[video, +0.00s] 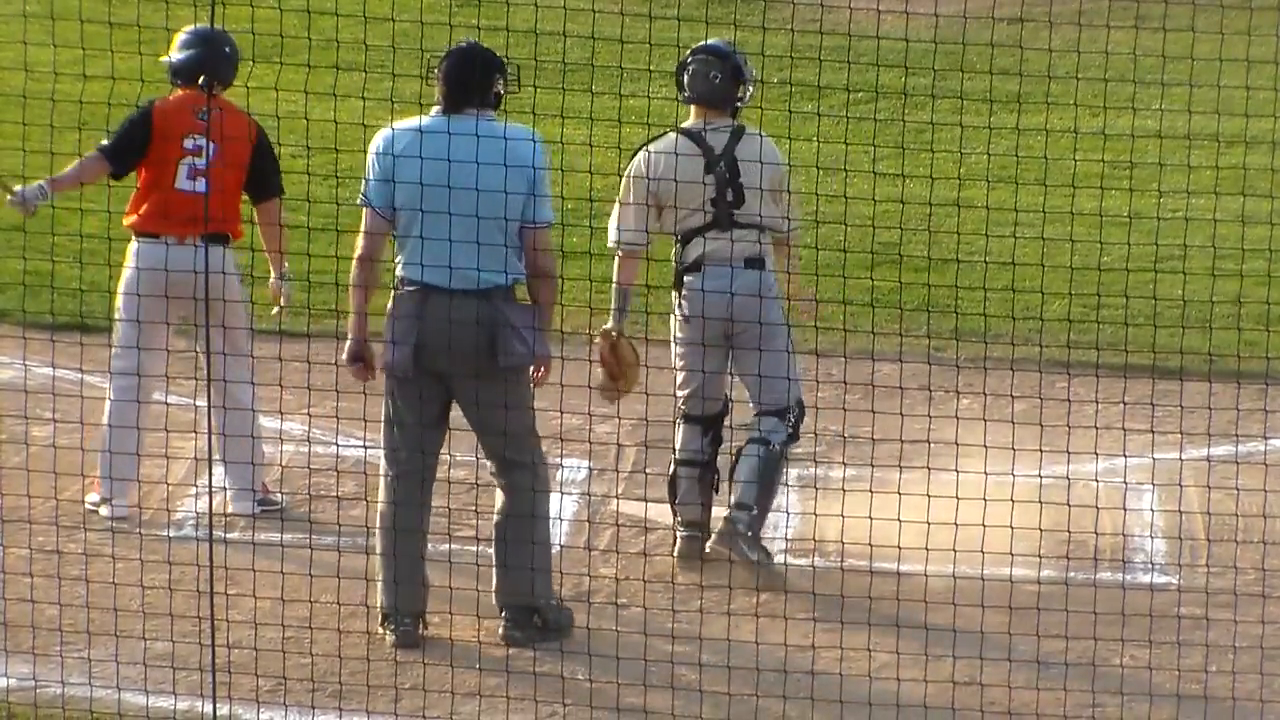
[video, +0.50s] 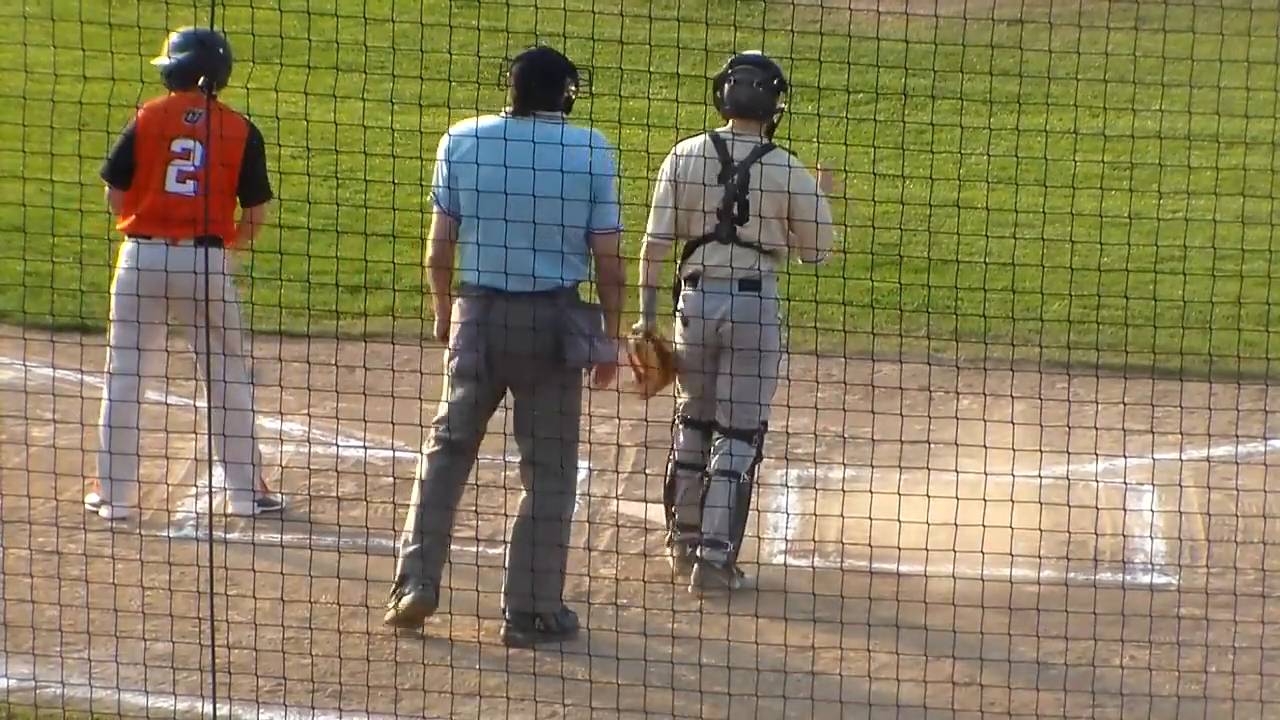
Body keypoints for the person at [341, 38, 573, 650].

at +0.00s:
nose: (498, 97)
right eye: (499, 89)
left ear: (438, 88)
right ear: (495, 92)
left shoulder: (394, 141)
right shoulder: (523, 146)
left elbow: (368, 250)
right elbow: (539, 254)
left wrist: (358, 329)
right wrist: (542, 332)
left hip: (414, 323)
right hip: (492, 325)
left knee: (406, 470)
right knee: (521, 467)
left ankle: (402, 613)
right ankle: (525, 607)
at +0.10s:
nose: (512, 96)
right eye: (512, 89)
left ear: (451, 90)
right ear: (508, 92)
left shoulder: (406, 141)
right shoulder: (537, 147)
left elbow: (382, 248)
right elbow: (550, 255)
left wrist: (380, 325)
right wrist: (552, 332)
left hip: (425, 322)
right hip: (502, 325)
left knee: (413, 470)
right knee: (526, 468)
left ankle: (403, 611)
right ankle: (530, 608)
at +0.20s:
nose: (528, 97)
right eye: (527, 90)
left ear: (465, 91)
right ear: (520, 93)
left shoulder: (420, 140)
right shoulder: (550, 145)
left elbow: (397, 248)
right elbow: (565, 256)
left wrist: (403, 321)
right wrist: (566, 333)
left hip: (440, 323)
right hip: (517, 326)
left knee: (424, 470)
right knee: (535, 470)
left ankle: (404, 613)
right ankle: (531, 611)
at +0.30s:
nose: (546, 100)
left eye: (541, 92)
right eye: (545, 92)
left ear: (483, 92)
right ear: (538, 95)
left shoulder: (435, 140)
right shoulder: (566, 147)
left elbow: (414, 251)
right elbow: (579, 253)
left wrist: (425, 320)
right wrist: (580, 325)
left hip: (457, 322)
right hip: (533, 326)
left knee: (433, 463)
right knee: (540, 470)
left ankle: (405, 608)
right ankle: (530, 612)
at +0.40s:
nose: (562, 100)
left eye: (558, 92)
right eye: (560, 92)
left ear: (499, 93)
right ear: (551, 96)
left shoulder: (451, 141)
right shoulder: (580, 149)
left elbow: (429, 252)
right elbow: (596, 258)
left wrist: (439, 321)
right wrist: (593, 336)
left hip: (470, 321)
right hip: (546, 325)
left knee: (440, 453)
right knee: (547, 470)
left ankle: (406, 598)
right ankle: (530, 611)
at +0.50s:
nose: (574, 101)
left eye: (569, 94)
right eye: (572, 94)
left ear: (512, 95)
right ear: (565, 98)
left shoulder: (462, 141)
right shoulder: (591, 150)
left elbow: (439, 252)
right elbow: (606, 255)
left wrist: (443, 318)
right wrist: (610, 336)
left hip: (477, 321)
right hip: (553, 327)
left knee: (448, 446)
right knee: (550, 472)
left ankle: (417, 580)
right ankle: (531, 611)